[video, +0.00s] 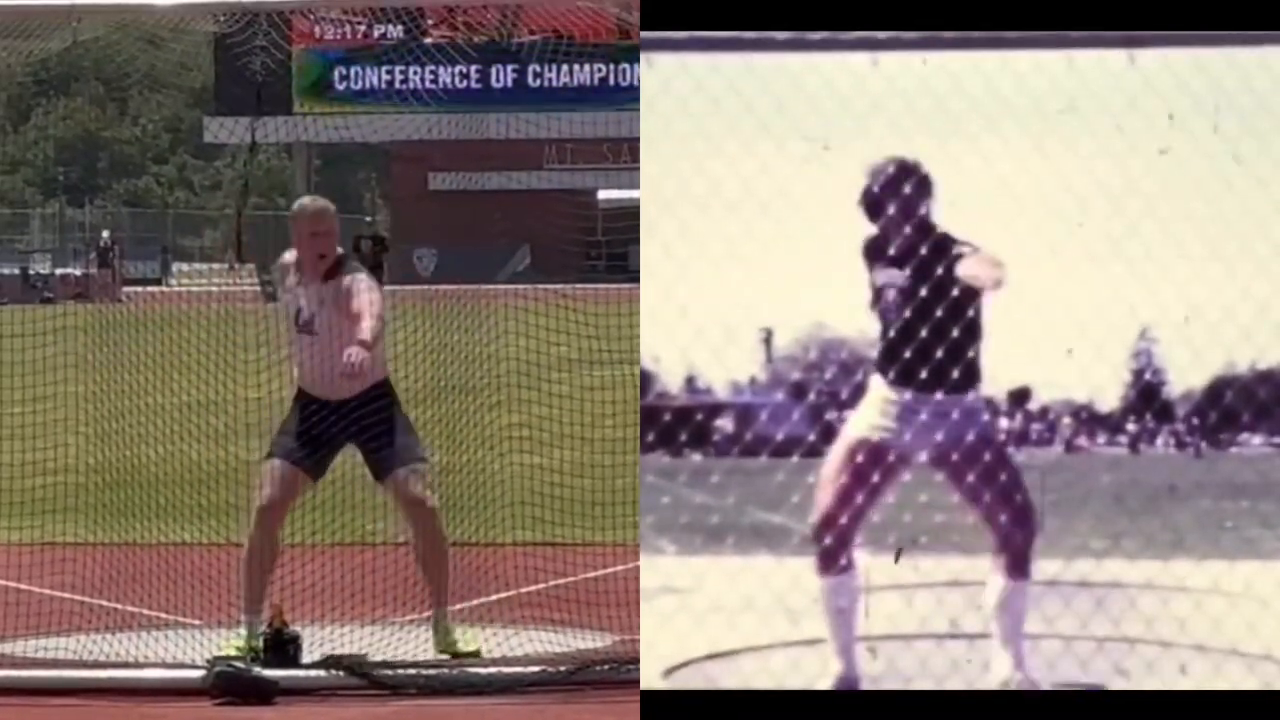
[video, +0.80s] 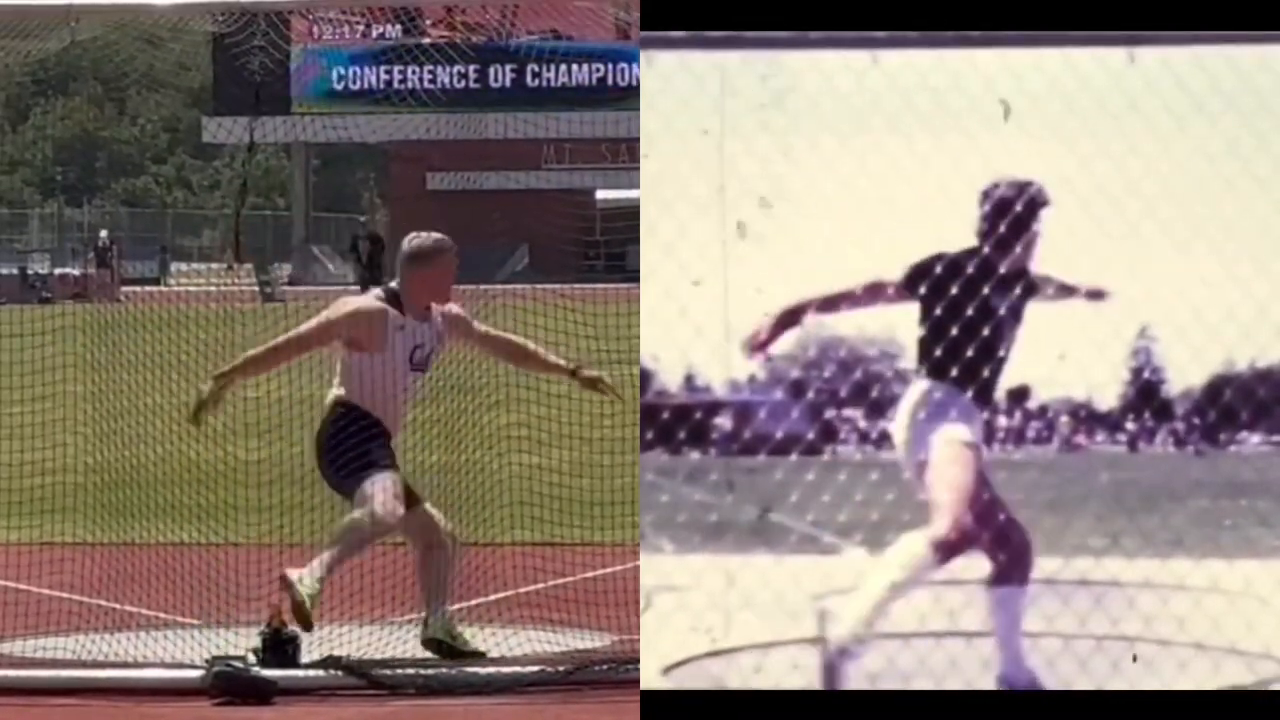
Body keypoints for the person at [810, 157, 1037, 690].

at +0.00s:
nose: (890, 225)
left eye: (899, 211)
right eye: (880, 214)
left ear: (923, 206)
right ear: (872, 213)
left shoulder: (946, 250)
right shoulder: (875, 252)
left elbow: (987, 271)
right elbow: (893, 311)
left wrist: (976, 275)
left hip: (956, 412)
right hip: (887, 407)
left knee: (1016, 526)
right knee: (829, 528)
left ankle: (1010, 667)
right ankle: (846, 669)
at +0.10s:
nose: (921, 215)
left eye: (928, 203)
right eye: (908, 205)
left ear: (939, 202)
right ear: (886, 206)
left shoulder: (958, 250)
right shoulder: (877, 250)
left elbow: (1018, 266)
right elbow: (886, 297)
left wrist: (1009, 271)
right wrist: (872, 306)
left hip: (958, 411)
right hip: (887, 405)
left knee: (1022, 521)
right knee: (830, 526)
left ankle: (1008, 668)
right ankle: (845, 669)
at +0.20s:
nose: (922, 225)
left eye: (933, 212)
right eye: (915, 212)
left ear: (954, 207)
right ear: (904, 209)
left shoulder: (986, 257)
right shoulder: (888, 250)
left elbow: (1058, 265)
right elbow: (848, 284)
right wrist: (830, 303)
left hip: (959, 418)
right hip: (888, 407)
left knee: (1026, 520)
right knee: (831, 526)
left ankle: (1007, 666)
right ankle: (840, 668)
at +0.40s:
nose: (993, 221)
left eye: (993, 211)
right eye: (984, 211)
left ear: (979, 211)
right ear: (960, 214)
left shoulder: (1011, 267)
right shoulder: (908, 259)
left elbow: (1107, 269)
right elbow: (842, 284)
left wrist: (1190, 264)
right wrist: (796, 299)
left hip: (953, 427)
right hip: (891, 413)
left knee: (1025, 532)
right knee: (844, 528)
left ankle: (1007, 670)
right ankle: (810, 659)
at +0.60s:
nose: (1028, 226)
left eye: (1027, 217)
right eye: (1021, 217)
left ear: (999, 219)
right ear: (994, 220)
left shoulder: (1025, 272)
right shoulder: (930, 263)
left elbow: (1097, 274)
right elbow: (849, 288)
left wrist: (1165, 272)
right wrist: (773, 305)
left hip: (960, 427)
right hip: (915, 408)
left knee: (1023, 542)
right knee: (910, 525)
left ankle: (1009, 672)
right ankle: (770, 633)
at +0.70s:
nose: (1036, 238)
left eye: (1035, 227)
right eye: (1030, 227)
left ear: (1004, 231)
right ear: (1009, 230)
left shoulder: (1022, 284)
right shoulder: (946, 274)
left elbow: (1070, 289)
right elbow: (863, 299)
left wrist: (1120, 292)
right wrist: (783, 319)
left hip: (960, 433)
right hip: (934, 417)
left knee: (1019, 553)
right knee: (943, 533)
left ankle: (1014, 676)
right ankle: (812, 628)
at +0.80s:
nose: (1038, 237)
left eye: (1038, 226)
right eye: (1035, 226)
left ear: (996, 225)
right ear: (1018, 228)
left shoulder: (1017, 282)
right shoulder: (956, 270)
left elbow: (1050, 289)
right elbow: (871, 294)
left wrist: (1083, 293)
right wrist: (791, 315)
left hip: (941, 415)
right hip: (944, 408)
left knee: (1013, 549)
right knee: (954, 529)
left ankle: (1013, 670)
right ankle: (846, 622)